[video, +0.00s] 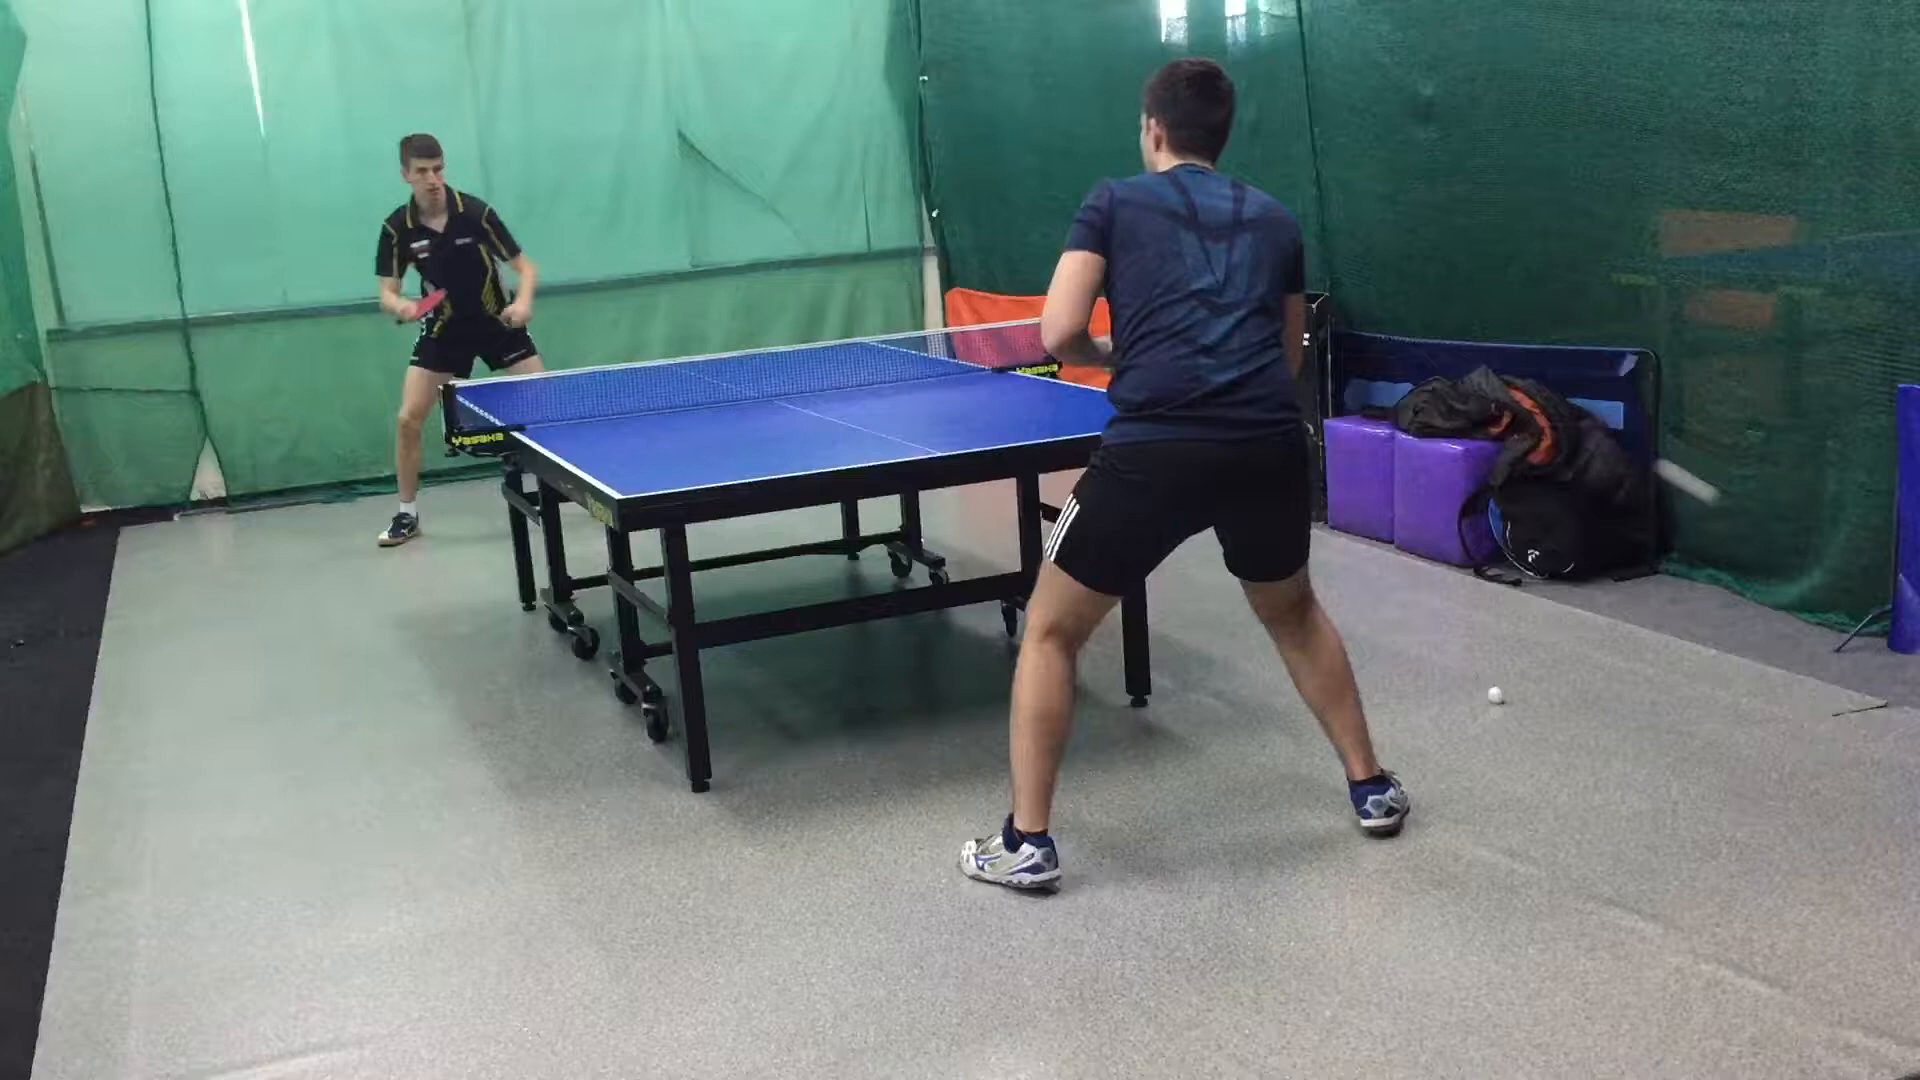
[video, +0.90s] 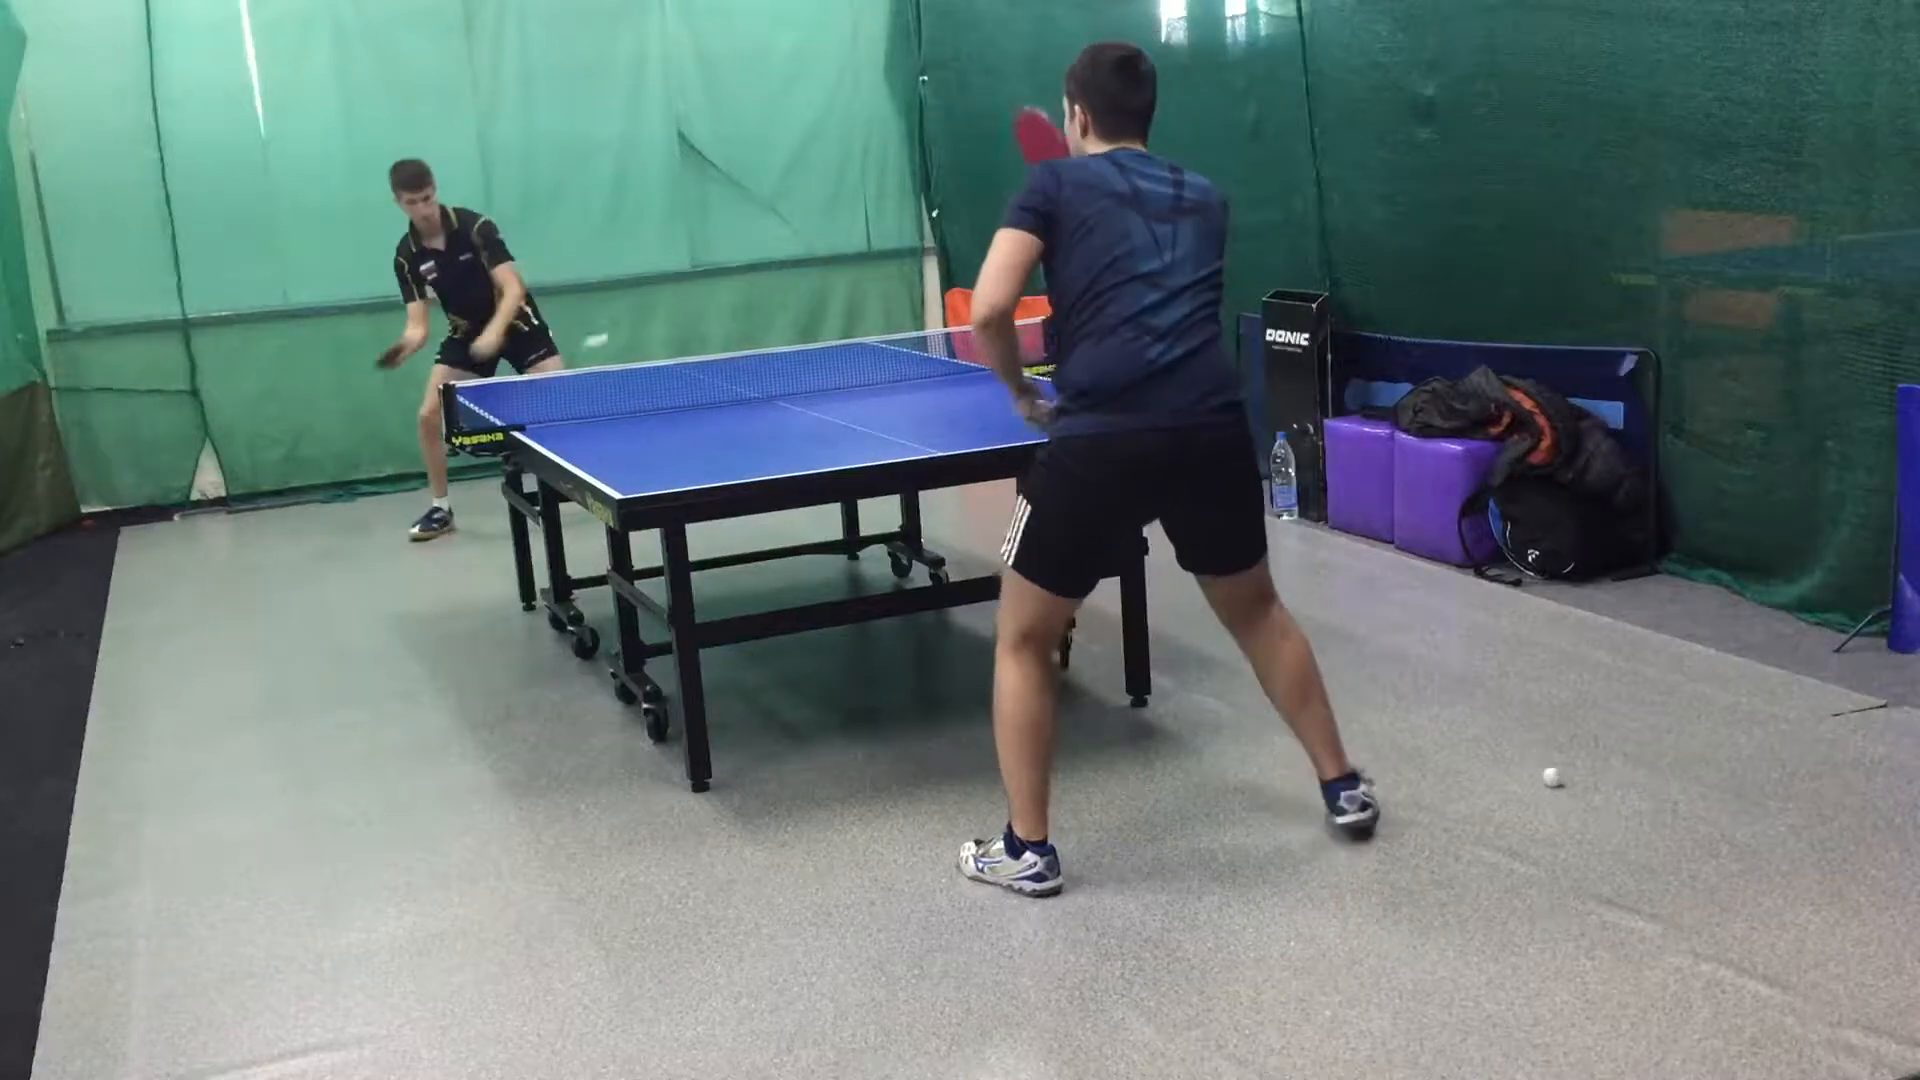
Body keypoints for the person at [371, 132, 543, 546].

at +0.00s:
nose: (434, 179)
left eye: (438, 170)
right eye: (423, 173)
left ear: (445, 169)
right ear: (406, 175)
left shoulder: (476, 212)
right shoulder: (398, 228)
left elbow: (524, 266)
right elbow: (388, 295)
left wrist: (524, 301)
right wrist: (404, 307)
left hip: (494, 320)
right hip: (443, 328)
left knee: (542, 401)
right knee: (409, 419)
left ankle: (531, 479)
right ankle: (407, 513)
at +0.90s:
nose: (425, 208)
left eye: (429, 198)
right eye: (414, 203)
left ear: (436, 190)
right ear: (400, 204)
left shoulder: (474, 226)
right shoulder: (407, 254)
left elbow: (513, 288)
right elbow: (417, 321)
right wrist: (405, 345)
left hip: (513, 319)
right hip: (465, 331)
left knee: (560, 394)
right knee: (430, 416)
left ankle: (570, 479)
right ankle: (440, 507)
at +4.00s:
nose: (460, 194)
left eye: (463, 183)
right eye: (452, 188)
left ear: (479, 175)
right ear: (447, 192)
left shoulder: (530, 206)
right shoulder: (460, 237)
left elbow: (586, 232)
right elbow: (472, 299)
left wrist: (577, 239)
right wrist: (448, 294)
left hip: (559, 329)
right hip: (506, 337)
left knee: (597, 402)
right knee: (465, 414)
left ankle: (618, 491)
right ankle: (434, 506)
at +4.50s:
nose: (483, 190)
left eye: (487, 180)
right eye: (473, 184)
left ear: (496, 176)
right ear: (460, 186)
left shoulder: (530, 215)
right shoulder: (459, 234)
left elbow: (575, 269)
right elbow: (455, 300)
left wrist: (583, 308)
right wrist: (452, 318)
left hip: (551, 319)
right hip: (501, 325)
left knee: (603, 388)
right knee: (466, 407)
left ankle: (626, 484)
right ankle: (443, 505)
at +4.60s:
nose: (450, 215)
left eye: (454, 205)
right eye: (440, 209)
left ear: (465, 197)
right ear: (429, 209)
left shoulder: (500, 237)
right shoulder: (439, 253)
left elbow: (521, 308)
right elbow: (439, 326)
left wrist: (480, 349)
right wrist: (394, 361)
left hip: (548, 340)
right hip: (501, 342)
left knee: (573, 415)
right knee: (445, 417)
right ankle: (442, 507)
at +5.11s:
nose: (481, 178)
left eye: (485, 169)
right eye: (470, 173)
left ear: (495, 168)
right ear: (457, 179)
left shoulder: (520, 211)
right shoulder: (465, 223)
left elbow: (578, 245)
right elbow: (509, 256)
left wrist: (614, 226)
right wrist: (538, 205)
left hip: (527, 336)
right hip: (483, 348)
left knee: (582, 383)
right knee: (459, 443)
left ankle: (524, 472)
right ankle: (416, 509)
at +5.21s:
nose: (488, 181)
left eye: (492, 172)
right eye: (478, 176)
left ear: (502, 171)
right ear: (464, 181)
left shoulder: (528, 213)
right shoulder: (463, 230)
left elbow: (586, 250)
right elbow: (480, 283)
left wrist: (628, 245)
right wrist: (523, 239)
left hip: (531, 337)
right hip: (484, 350)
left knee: (584, 385)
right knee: (456, 441)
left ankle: (534, 473)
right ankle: (413, 509)